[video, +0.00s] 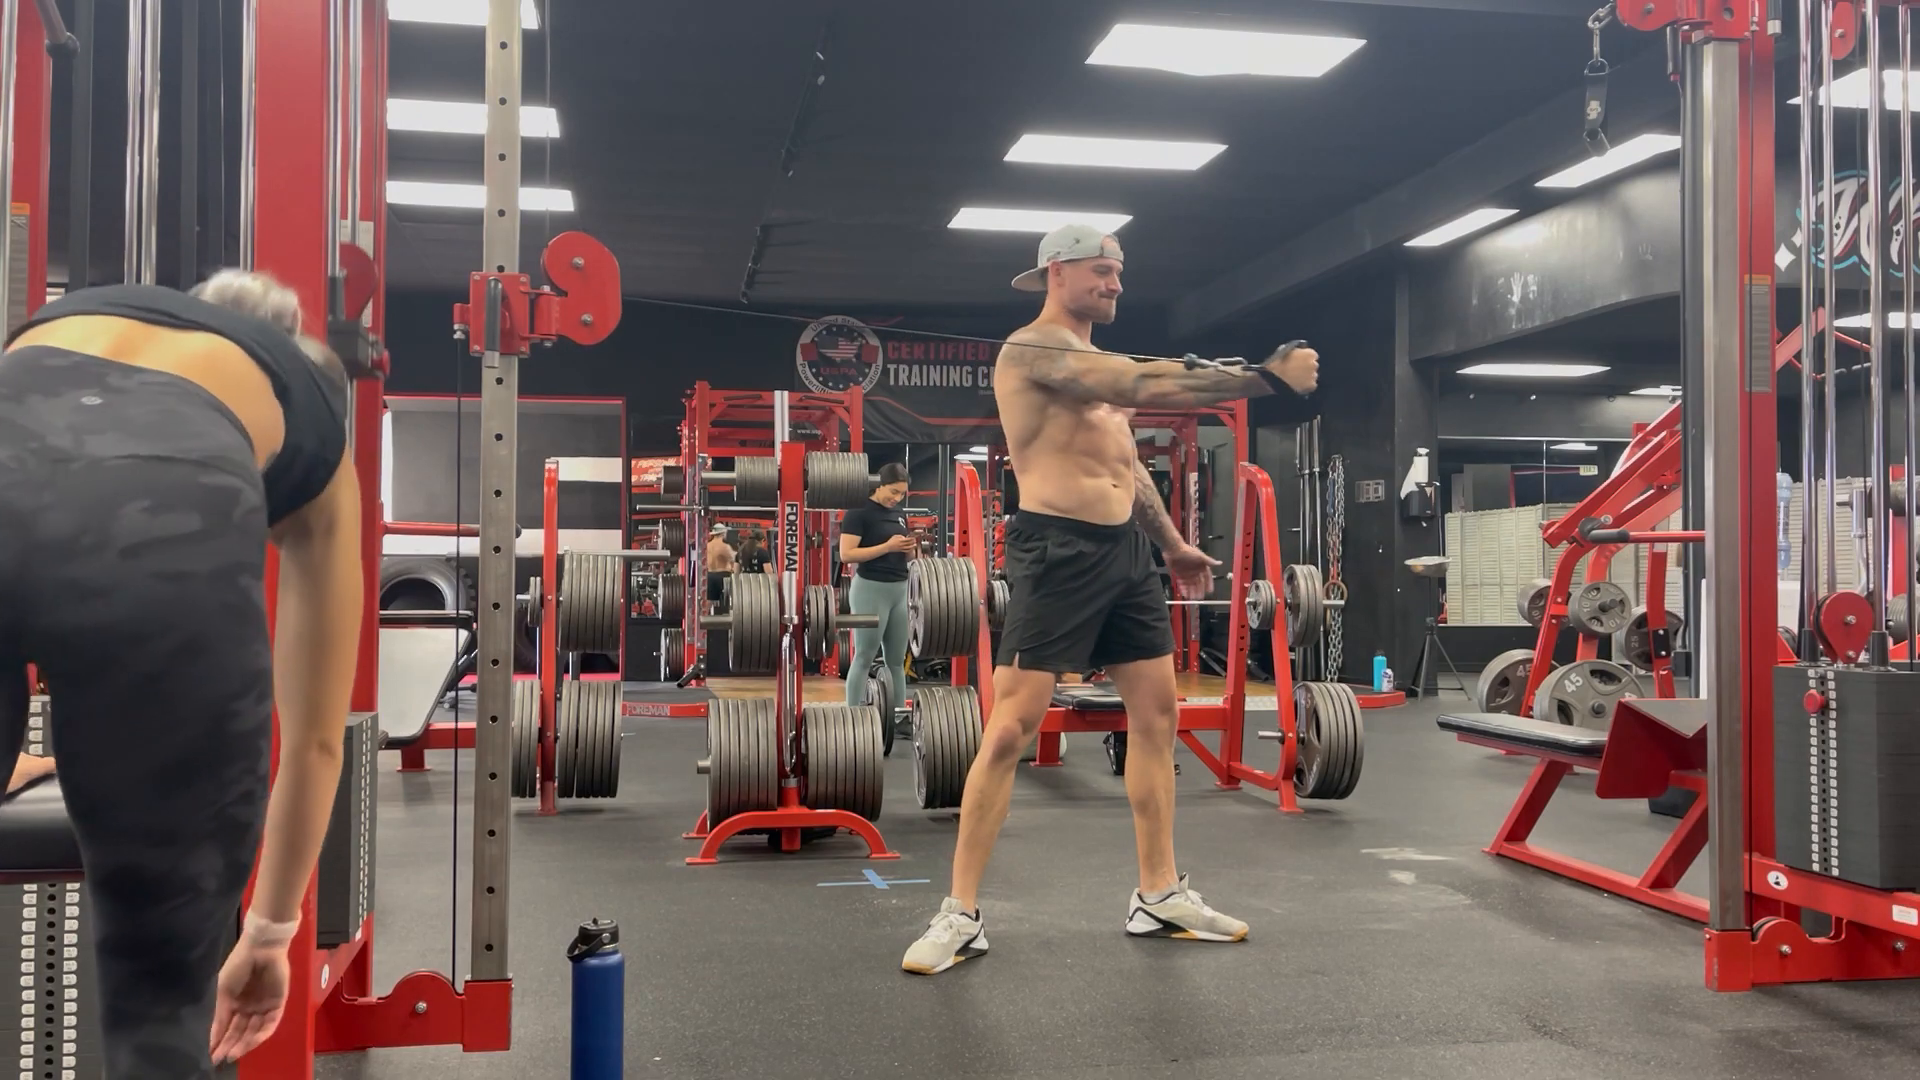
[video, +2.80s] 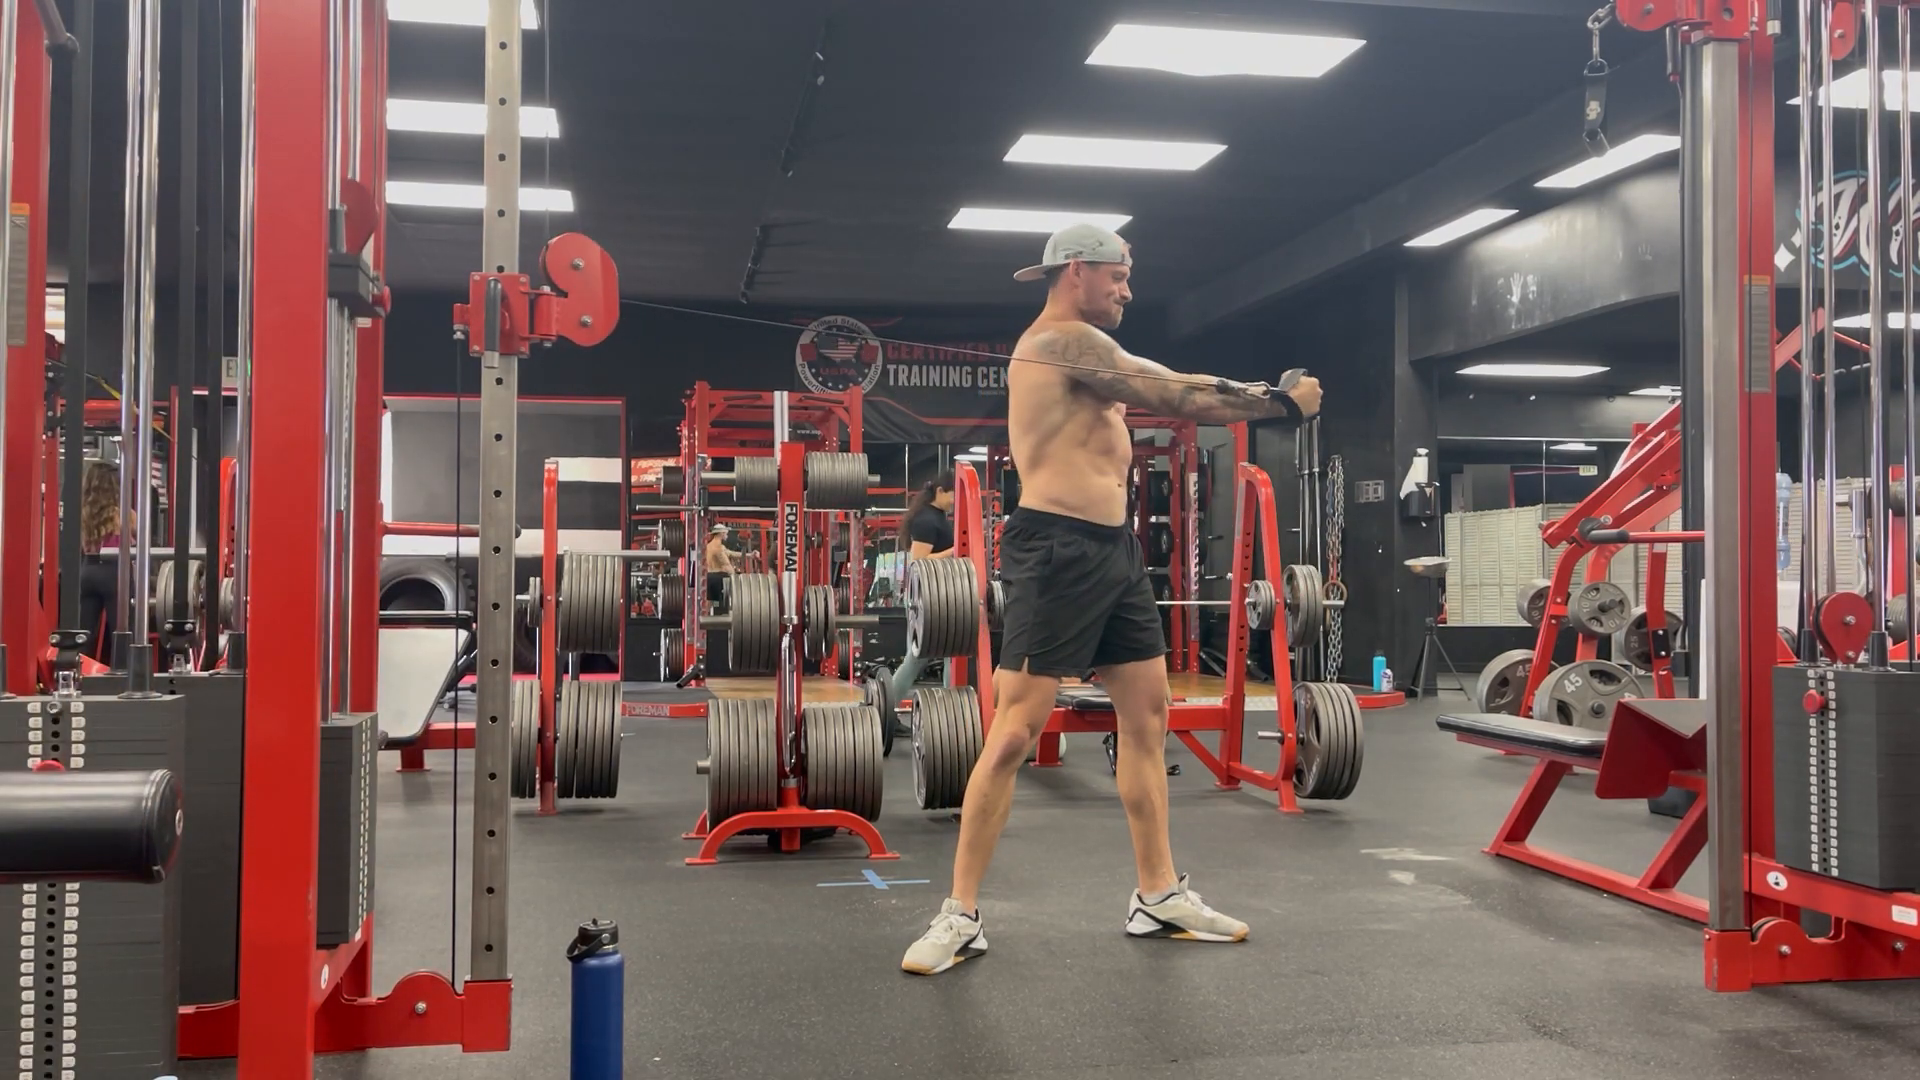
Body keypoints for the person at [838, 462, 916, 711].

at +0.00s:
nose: (898, 499)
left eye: (902, 494)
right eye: (894, 492)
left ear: (905, 491)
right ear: (880, 485)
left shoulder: (898, 514)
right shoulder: (858, 514)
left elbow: (905, 557)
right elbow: (846, 554)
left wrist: (911, 548)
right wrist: (887, 547)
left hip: (899, 592)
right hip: (870, 590)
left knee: (896, 661)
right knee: (863, 658)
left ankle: (899, 721)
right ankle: (853, 720)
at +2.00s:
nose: (902, 496)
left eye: (904, 491)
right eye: (899, 490)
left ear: (897, 487)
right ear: (884, 484)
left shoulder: (885, 513)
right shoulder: (869, 513)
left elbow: (883, 549)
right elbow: (863, 556)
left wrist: (905, 549)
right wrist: (901, 545)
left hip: (892, 592)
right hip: (873, 590)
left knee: (886, 661)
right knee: (868, 660)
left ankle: (880, 717)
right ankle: (855, 718)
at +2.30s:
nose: (918, 497)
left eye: (920, 492)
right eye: (915, 490)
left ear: (901, 487)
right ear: (898, 485)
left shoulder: (895, 512)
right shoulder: (886, 513)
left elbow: (894, 550)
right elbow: (883, 557)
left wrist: (918, 548)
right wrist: (918, 545)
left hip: (893, 586)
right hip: (886, 587)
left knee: (886, 655)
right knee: (905, 654)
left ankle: (874, 711)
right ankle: (881, 710)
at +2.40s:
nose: (923, 498)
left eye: (926, 493)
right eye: (921, 492)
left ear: (907, 488)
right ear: (904, 485)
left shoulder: (899, 512)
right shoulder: (892, 513)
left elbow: (897, 551)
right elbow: (887, 557)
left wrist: (921, 550)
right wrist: (923, 546)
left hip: (893, 585)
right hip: (890, 586)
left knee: (889, 657)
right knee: (919, 650)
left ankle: (881, 713)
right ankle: (898, 712)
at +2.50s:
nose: (931, 499)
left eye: (933, 494)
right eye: (928, 493)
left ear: (913, 488)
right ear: (912, 487)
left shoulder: (906, 511)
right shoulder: (898, 513)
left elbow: (904, 551)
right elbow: (892, 557)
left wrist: (929, 549)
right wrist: (928, 546)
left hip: (897, 583)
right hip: (896, 584)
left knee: (893, 653)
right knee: (928, 648)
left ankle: (882, 714)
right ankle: (926, 716)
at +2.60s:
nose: (937, 501)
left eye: (941, 496)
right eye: (935, 494)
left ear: (920, 490)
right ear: (919, 488)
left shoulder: (915, 513)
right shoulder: (905, 514)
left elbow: (912, 552)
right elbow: (898, 558)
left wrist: (937, 549)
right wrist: (934, 547)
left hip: (903, 582)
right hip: (903, 584)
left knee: (897, 652)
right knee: (933, 648)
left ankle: (884, 712)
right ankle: (945, 715)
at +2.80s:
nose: (954, 500)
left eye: (956, 495)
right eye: (952, 494)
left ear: (943, 493)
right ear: (939, 491)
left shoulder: (940, 516)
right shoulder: (926, 518)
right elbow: (918, 560)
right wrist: (955, 550)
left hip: (947, 593)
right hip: (930, 594)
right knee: (919, 651)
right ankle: (887, 704)